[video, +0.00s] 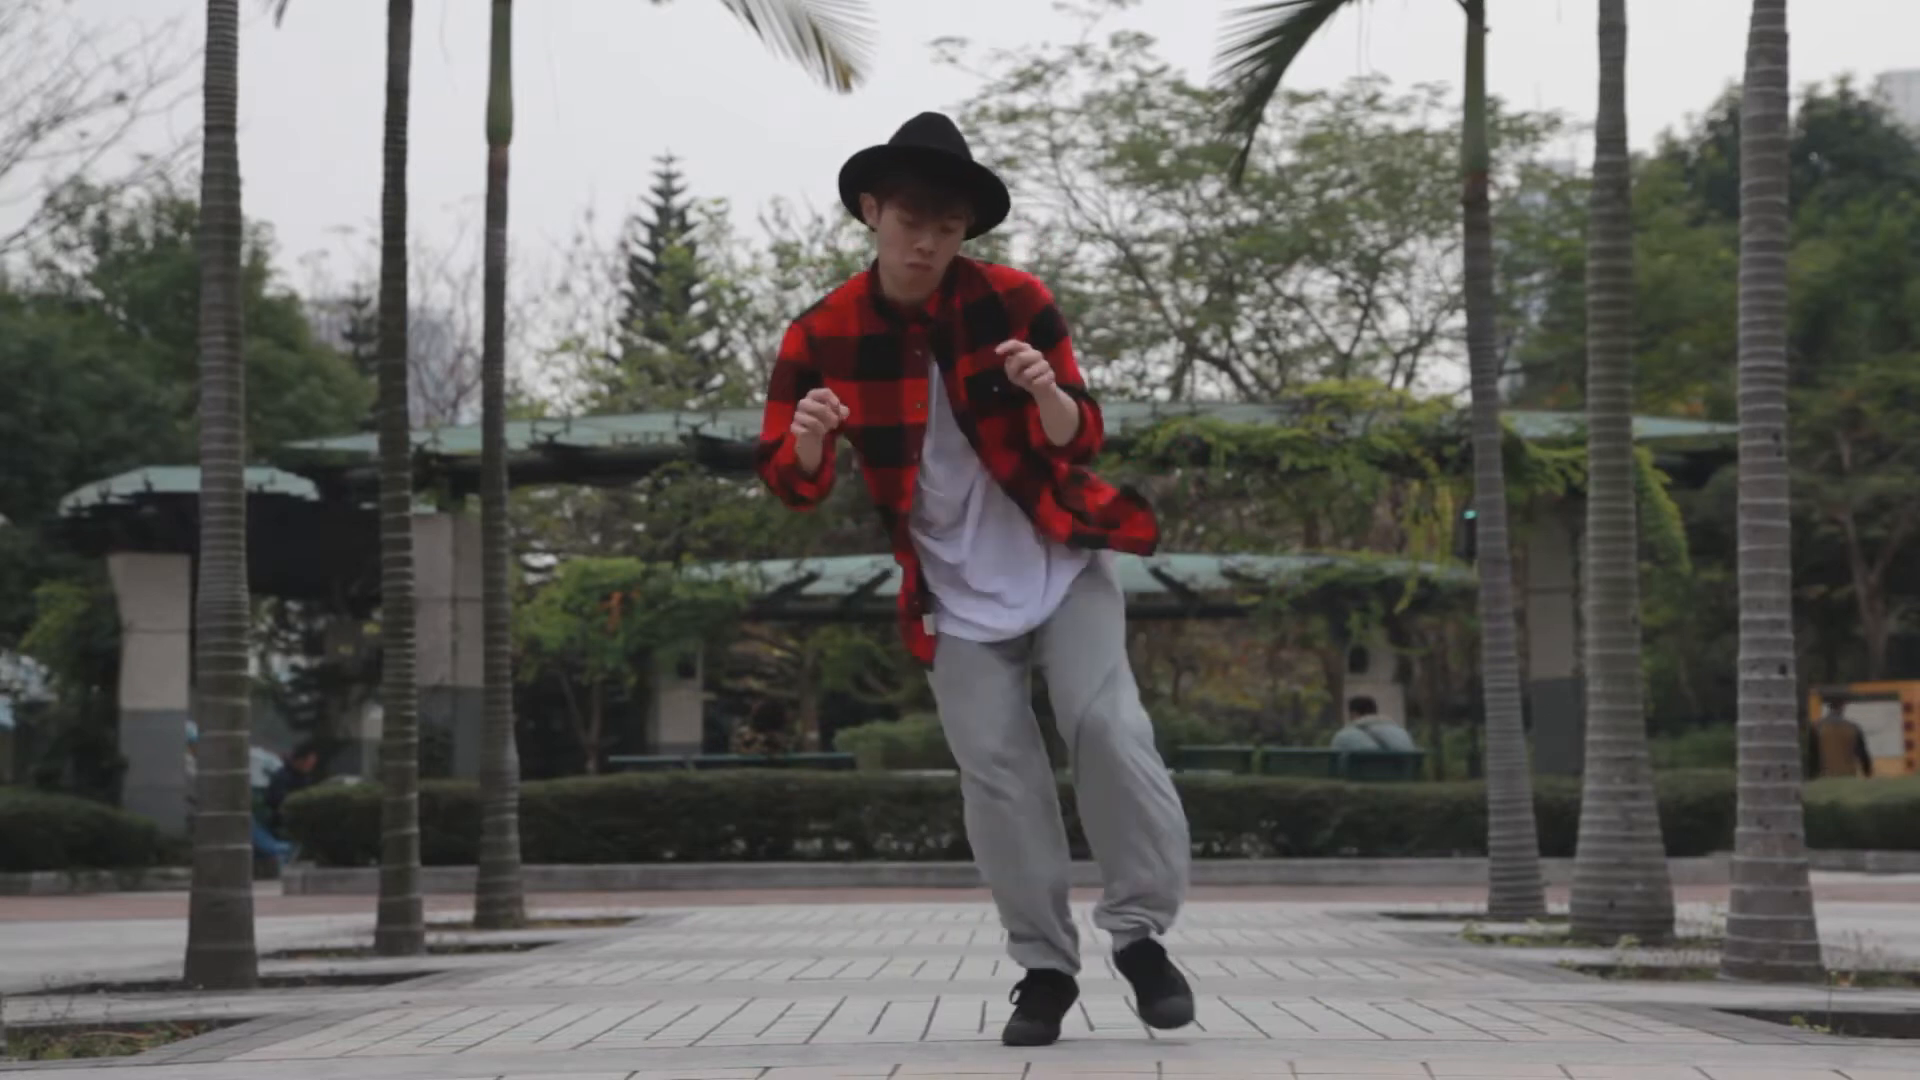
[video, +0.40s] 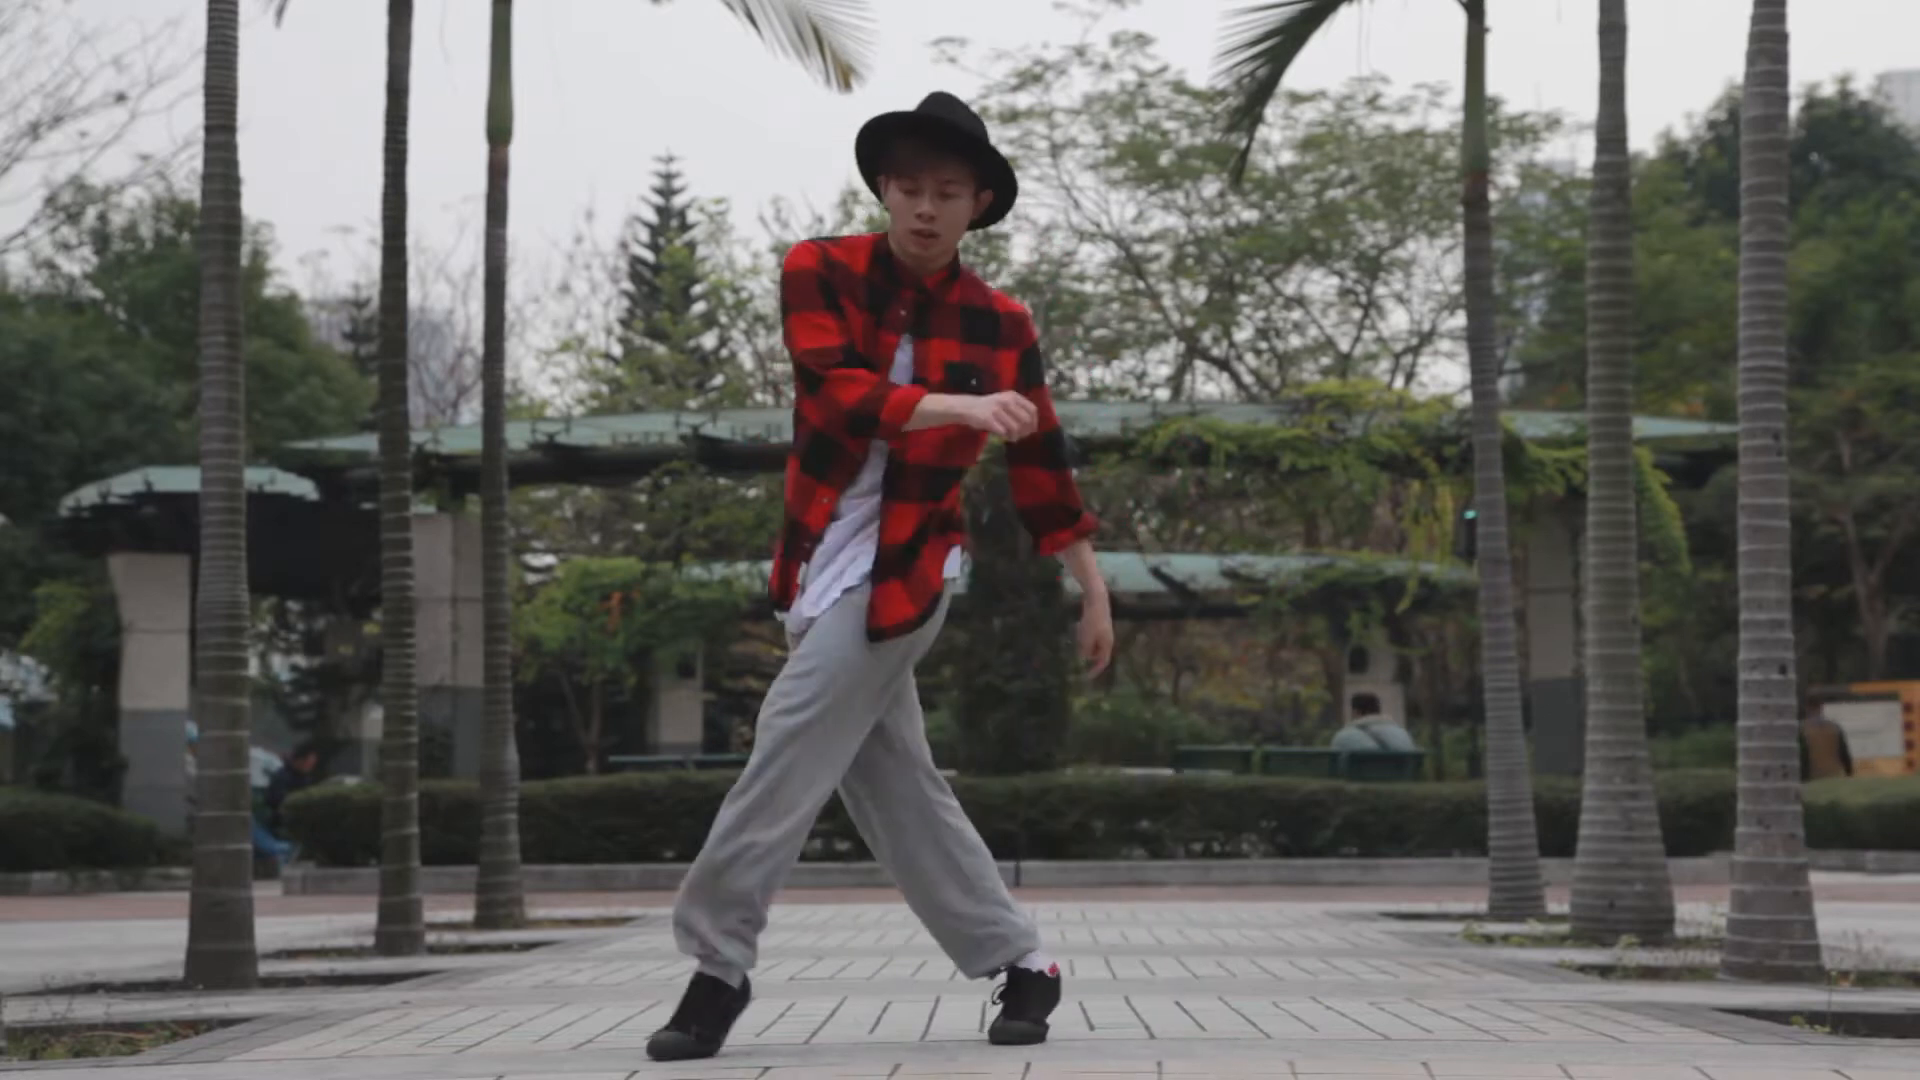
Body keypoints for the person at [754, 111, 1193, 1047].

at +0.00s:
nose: (928, 240)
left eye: (947, 223)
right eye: (910, 218)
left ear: (969, 229)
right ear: (870, 216)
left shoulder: (1014, 301)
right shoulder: (823, 337)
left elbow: (1083, 440)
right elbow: (792, 487)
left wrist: (1048, 396)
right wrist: (806, 448)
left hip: (1062, 555)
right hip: (952, 584)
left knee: (1105, 724)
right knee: (992, 767)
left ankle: (1139, 933)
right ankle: (1044, 965)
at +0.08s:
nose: (929, 252)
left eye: (947, 234)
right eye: (909, 233)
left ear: (973, 239)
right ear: (876, 240)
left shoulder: (1030, 315)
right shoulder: (835, 339)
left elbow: (1106, 443)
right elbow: (775, 470)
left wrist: (1080, 428)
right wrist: (798, 438)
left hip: (1027, 545)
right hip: (919, 568)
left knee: (1007, 658)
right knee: (936, 763)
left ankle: (1029, 863)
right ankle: (999, 963)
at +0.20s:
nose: (922, 272)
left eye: (944, 252)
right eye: (905, 256)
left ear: (985, 263)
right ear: (885, 269)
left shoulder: (1037, 361)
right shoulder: (845, 354)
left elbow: (1112, 462)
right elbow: (782, 447)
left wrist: (1119, 535)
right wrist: (814, 462)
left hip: (988, 576)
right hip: (875, 585)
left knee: (895, 575)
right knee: (925, 789)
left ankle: (846, 792)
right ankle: (1010, 974)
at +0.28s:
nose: (925, 245)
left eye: (946, 226)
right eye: (907, 229)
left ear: (988, 238)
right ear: (889, 241)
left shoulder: (1035, 347)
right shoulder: (840, 321)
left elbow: (1092, 476)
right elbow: (807, 431)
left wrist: (1140, 597)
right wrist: (863, 464)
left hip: (956, 562)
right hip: (852, 560)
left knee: (832, 612)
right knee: (905, 784)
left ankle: (763, 820)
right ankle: (1008, 970)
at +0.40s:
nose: (925, 208)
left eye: (948, 192)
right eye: (908, 186)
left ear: (979, 206)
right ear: (880, 192)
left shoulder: (1000, 325)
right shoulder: (818, 268)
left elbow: (1041, 462)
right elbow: (834, 391)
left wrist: (1092, 584)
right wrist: (958, 409)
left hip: (907, 552)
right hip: (820, 546)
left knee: (792, 728)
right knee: (894, 779)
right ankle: (1020, 962)